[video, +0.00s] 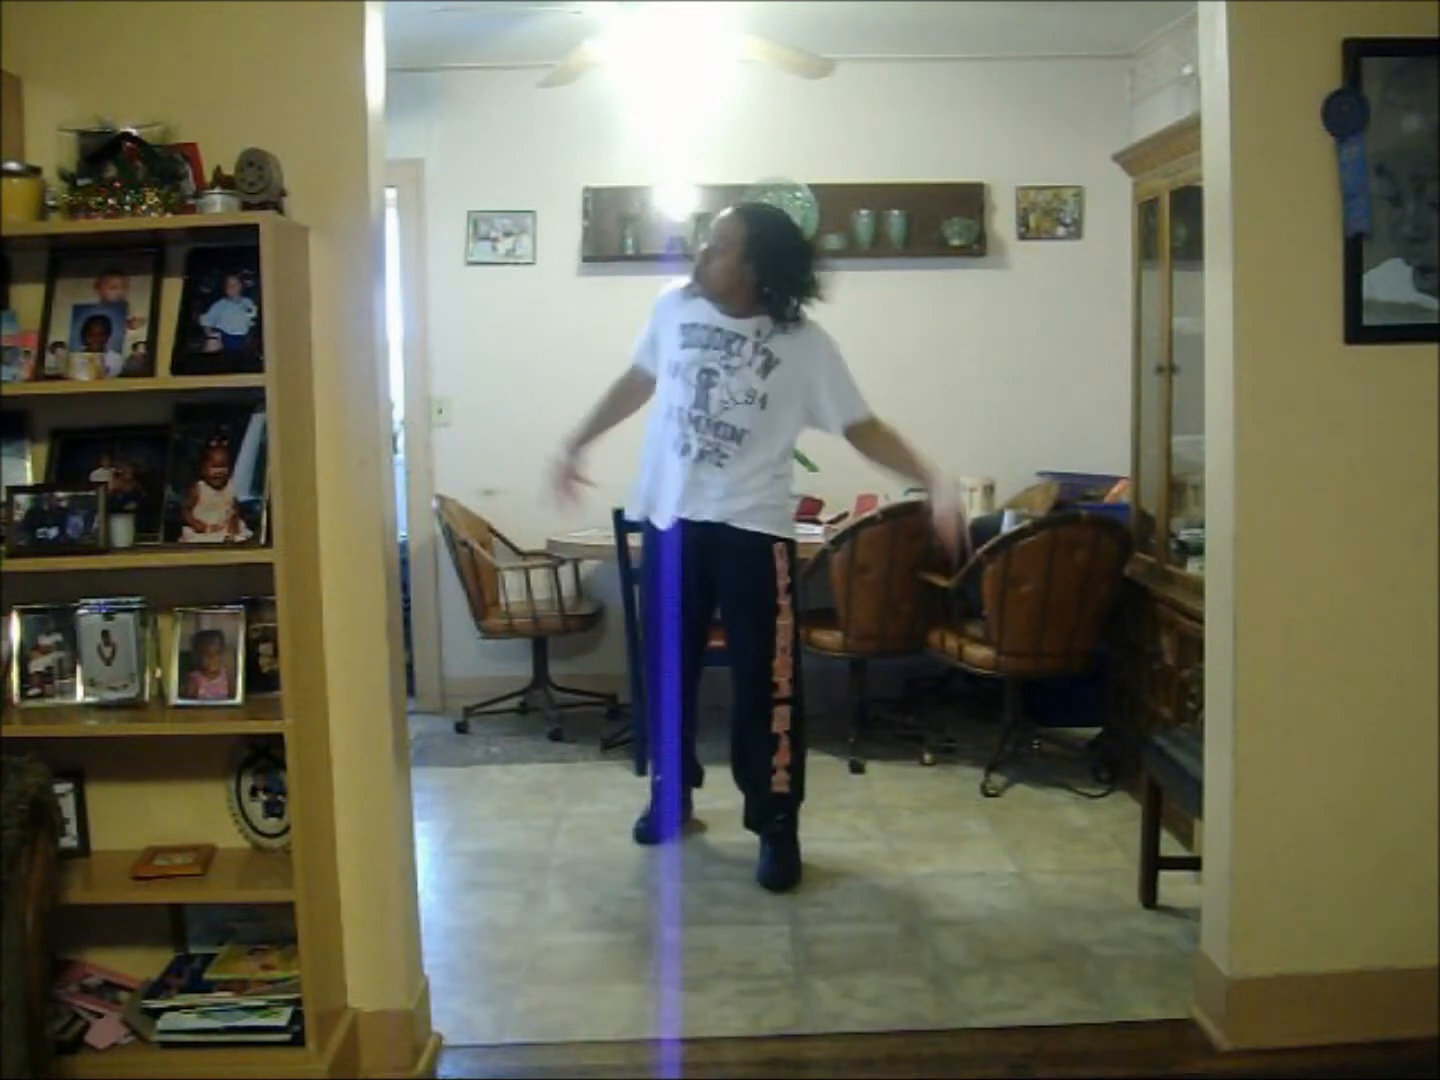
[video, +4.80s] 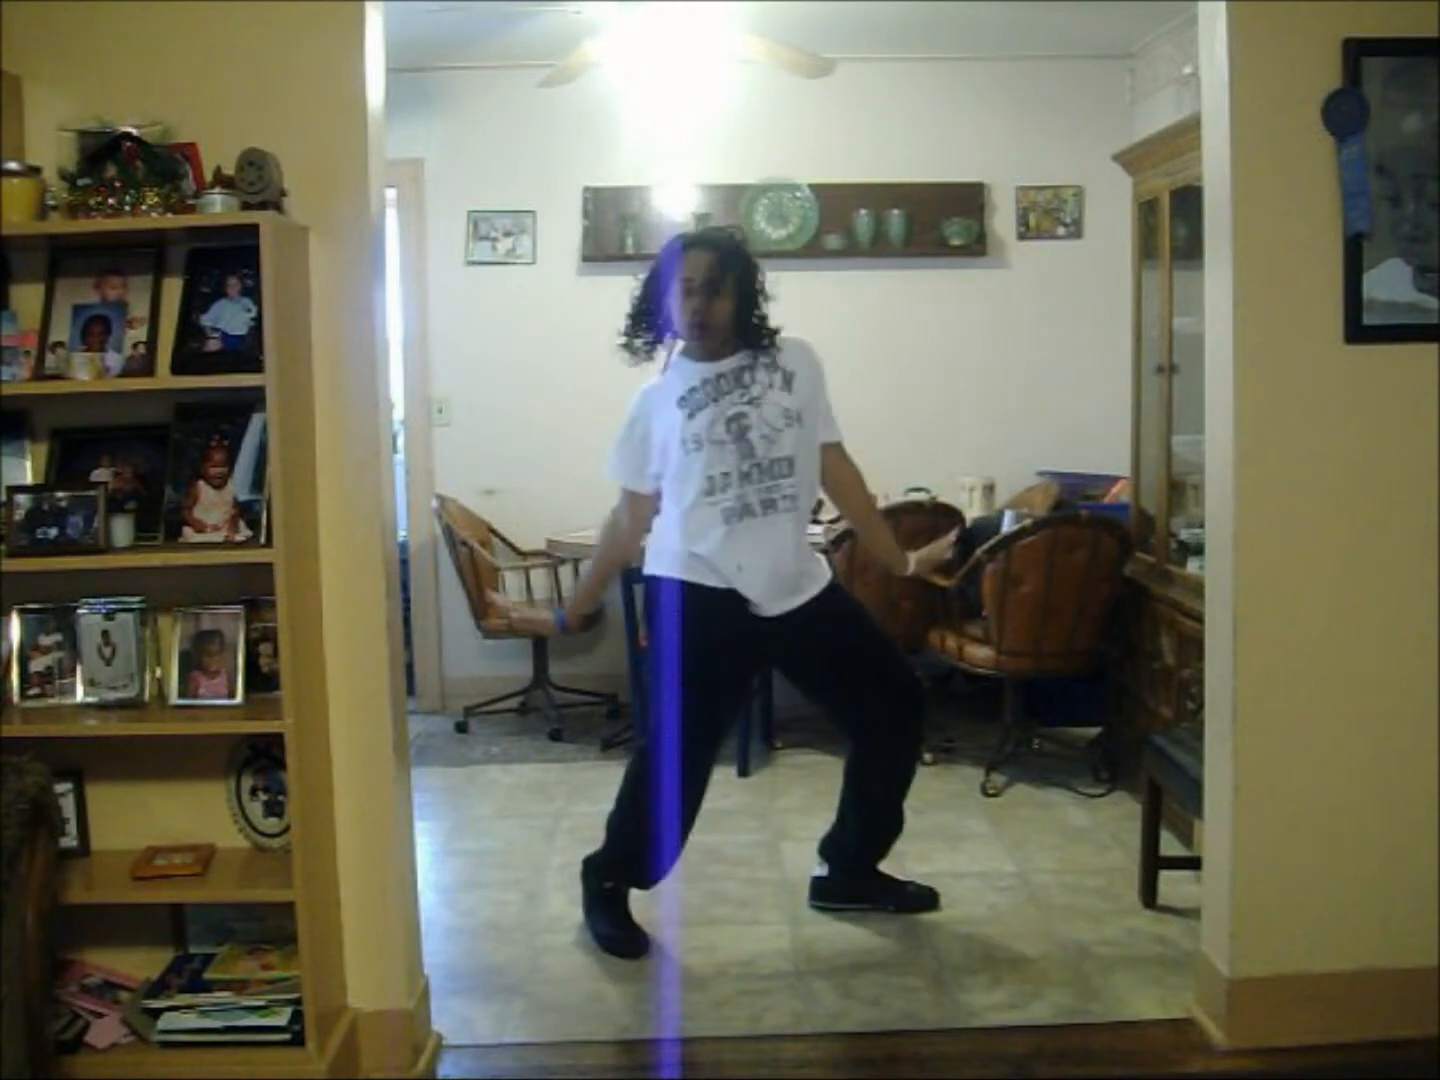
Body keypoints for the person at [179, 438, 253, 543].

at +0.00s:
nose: (219, 472)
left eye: (224, 467)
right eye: (214, 466)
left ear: (230, 469)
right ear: (203, 468)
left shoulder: (231, 488)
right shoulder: (199, 488)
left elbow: (236, 509)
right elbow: (186, 511)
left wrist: (234, 523)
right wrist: (199, 526)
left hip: (225, 533)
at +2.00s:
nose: (219, 472)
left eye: (224, 467)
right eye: (214, 466)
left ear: (231, 469)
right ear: (203, 468)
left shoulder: (231, 488)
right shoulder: (199, 488)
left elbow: (236, 509)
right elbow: (186, 511)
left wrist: (234, 523)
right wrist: (199, 526)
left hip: (225, 534)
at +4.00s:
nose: (219, 472)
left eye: (224, 467)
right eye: (213, 467)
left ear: (230, 469)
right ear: (203, 468)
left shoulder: (231, 488)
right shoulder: (199, 488)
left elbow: (236, 508)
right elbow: (186, 510)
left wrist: (234, 522)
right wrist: (199, 525)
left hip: (225, 532)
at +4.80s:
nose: (219, 472)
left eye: (224, 466)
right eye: (214, 466)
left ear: (230, 469)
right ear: (203, 468)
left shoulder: (231, 487)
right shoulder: (199, 487)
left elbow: (236, 508)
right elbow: (186, 511)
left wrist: (233, 523)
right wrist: (201, 526)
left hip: (225, 526)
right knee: (187, 532)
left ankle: (232, 534)